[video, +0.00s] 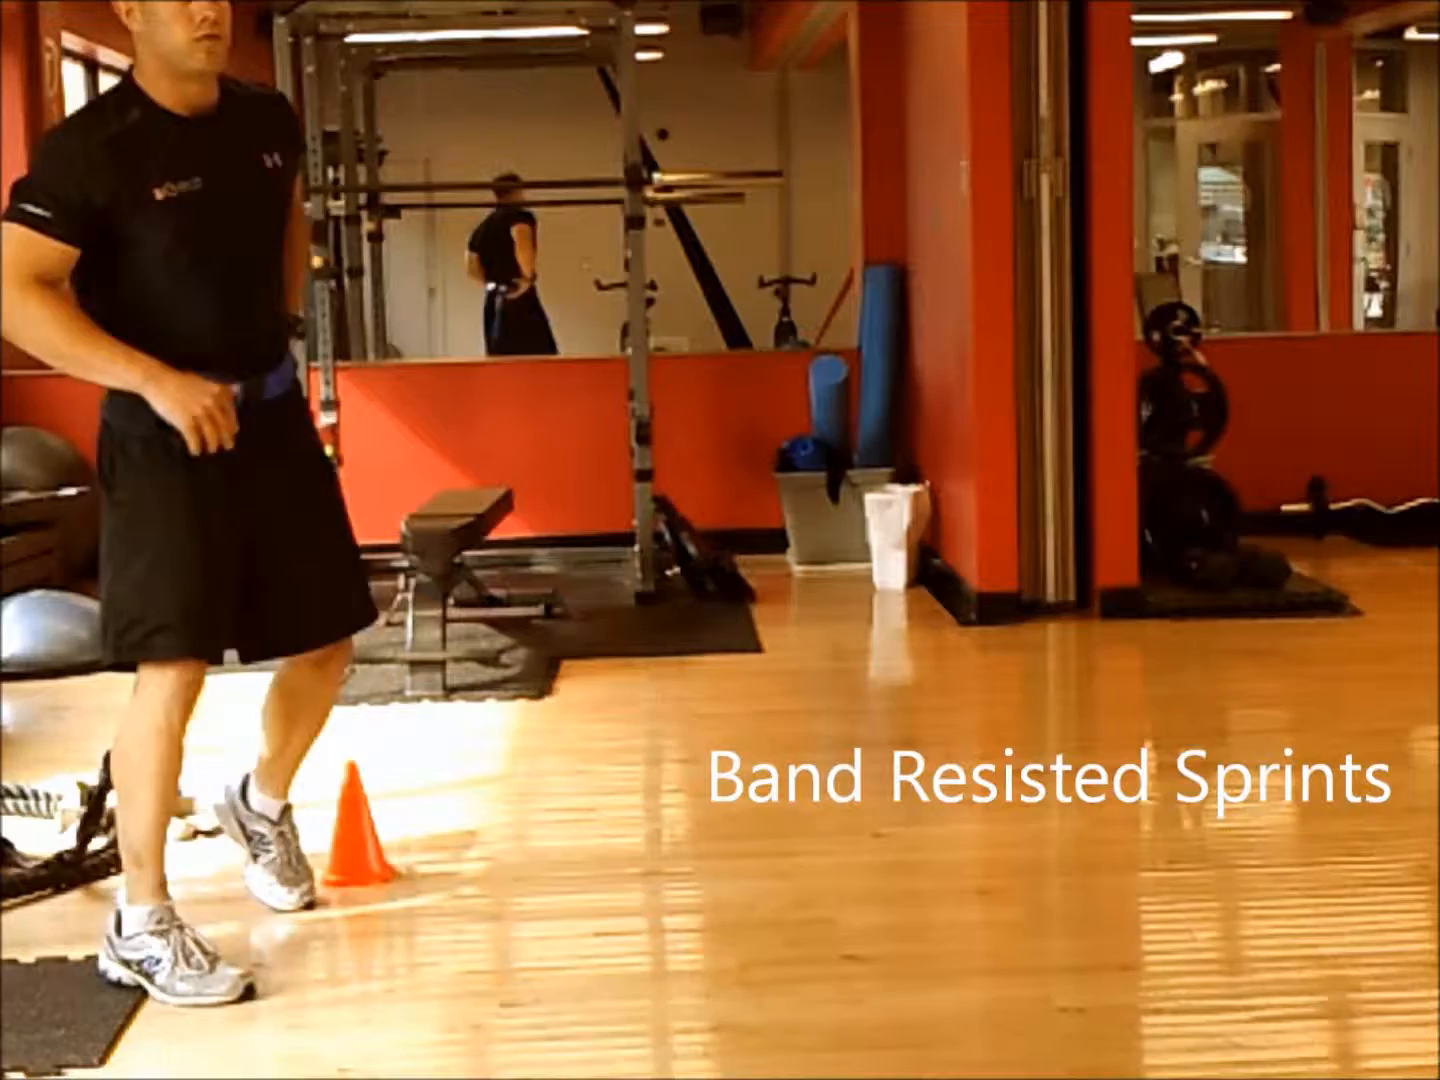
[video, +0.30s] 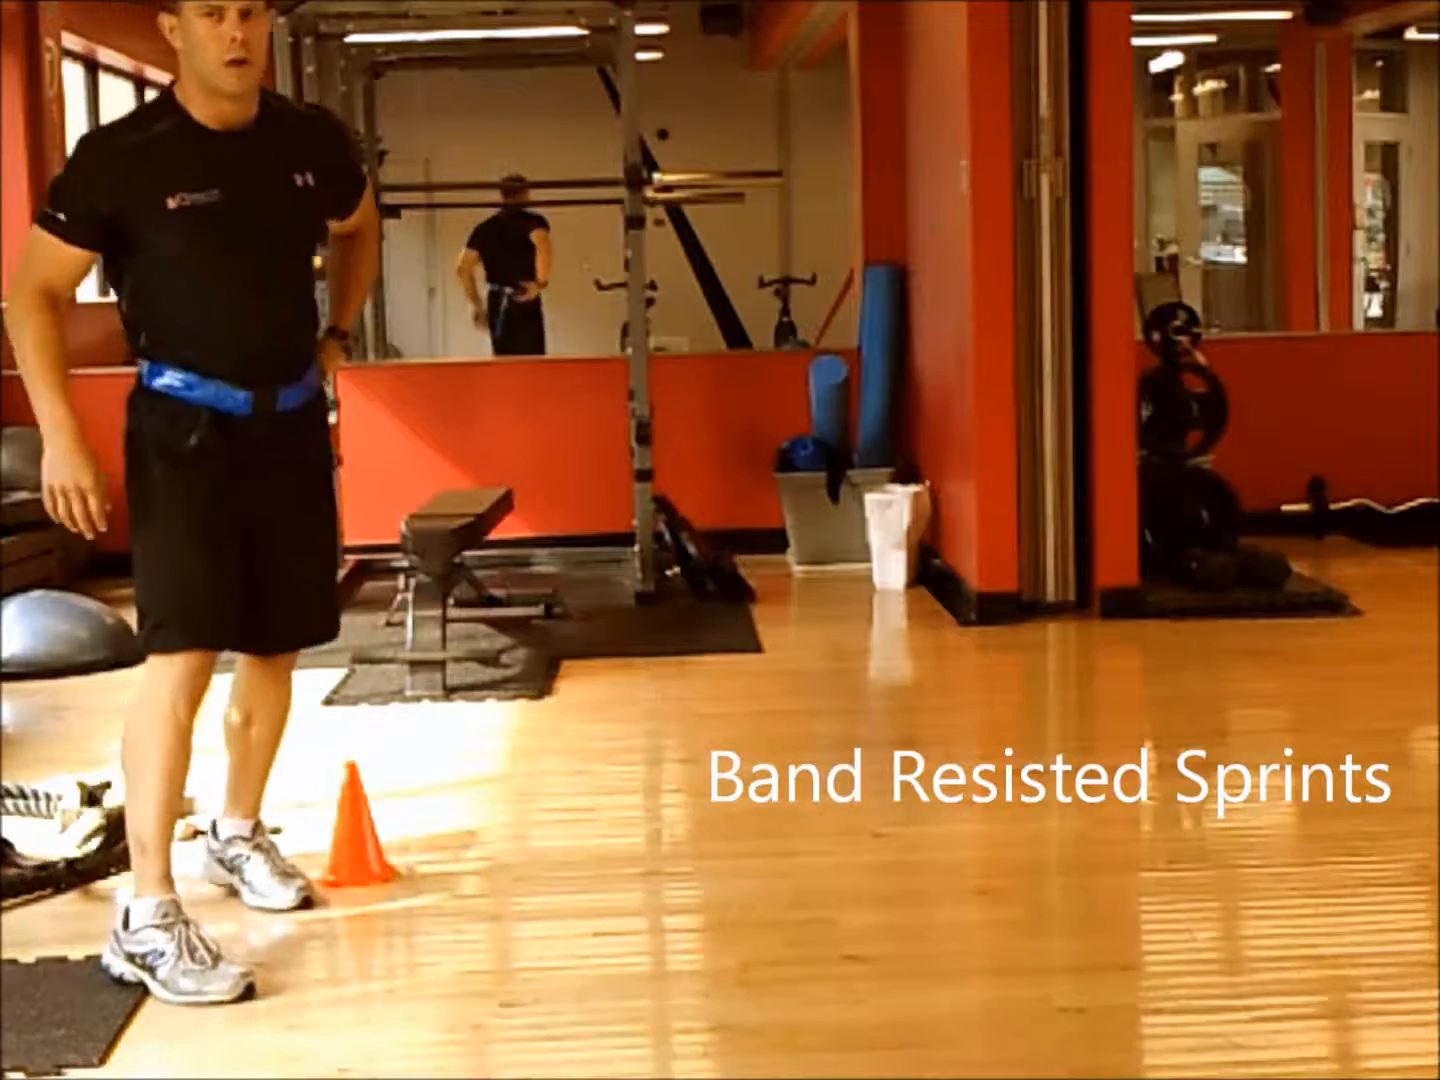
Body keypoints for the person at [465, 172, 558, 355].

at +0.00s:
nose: (523, 195)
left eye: (521, 190)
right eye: (520, 190)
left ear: (497, 194)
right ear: (515, 192)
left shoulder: (483, 226)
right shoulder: (520, 216)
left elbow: (472, 267)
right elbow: (522, 242)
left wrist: (494, 281)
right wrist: (529, 276)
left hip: (495, 297)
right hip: (521, 294)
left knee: (500, 355)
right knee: (536, 354)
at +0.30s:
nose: (528, 196)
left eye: (524, 192)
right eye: (526, 192)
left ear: (503, 196)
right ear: (525, 195)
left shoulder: (485, 227)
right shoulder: (534, 222)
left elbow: (464, 268)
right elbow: (542, 246)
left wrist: (476, 304)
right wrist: (540, 282)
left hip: (496, 298)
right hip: (528, 296)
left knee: (504, 360)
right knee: (532, 359)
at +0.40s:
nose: (528, 198)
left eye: (525, 194)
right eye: (527, 194)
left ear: (505, 197)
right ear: (528, 197)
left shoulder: (486, 227)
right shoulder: (536, 223)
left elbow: (461, 266)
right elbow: (544, 246)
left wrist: (469, 307)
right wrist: (542, 282)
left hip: (496, 298)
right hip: (527, 297)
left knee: (503, 360)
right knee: (530, 361)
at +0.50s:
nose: (534, 198)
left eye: (532, 194)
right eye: (533, 194)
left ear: (509, 196)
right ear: (531, 196)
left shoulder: (487, 226)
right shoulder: (537, 223)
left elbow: (461, 266)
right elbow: (545, 247)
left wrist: (467, 305)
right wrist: (543, 283)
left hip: (494, 298)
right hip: (525, 299)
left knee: (501, 361)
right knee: (527, 362)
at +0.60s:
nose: (536, 198)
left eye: (534, 194)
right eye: (535, 195)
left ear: (511, 196)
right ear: (532, 197)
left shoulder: (487, 224)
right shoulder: (538, 222)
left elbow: (463, 264)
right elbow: (546, 250)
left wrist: (468, 303)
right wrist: (543, 285)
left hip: (493, 297)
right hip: (524, 297)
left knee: (498, 358)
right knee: (526, 359)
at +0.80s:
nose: (538, 197)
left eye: (537, 193)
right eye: (537, 193)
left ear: (512, 194)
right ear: (533, 195)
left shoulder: (489, 223)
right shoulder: (537, 224)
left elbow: (465, 263)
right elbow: (547, 261)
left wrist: (472, 304)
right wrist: (563, 296)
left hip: (494, 299)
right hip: (524, 300)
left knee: (498, 359)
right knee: (528, 359)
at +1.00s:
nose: (541, 198)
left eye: (540, 193)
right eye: (539, 193)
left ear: (516, 194)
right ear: (534, 195)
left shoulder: (492, 223)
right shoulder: (540, 225)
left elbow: (468, 264)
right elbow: (550, 265)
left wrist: (478, 299)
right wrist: (571, 298)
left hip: (497, 299)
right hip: (526, 301)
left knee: (501, 359)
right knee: (532, 359)